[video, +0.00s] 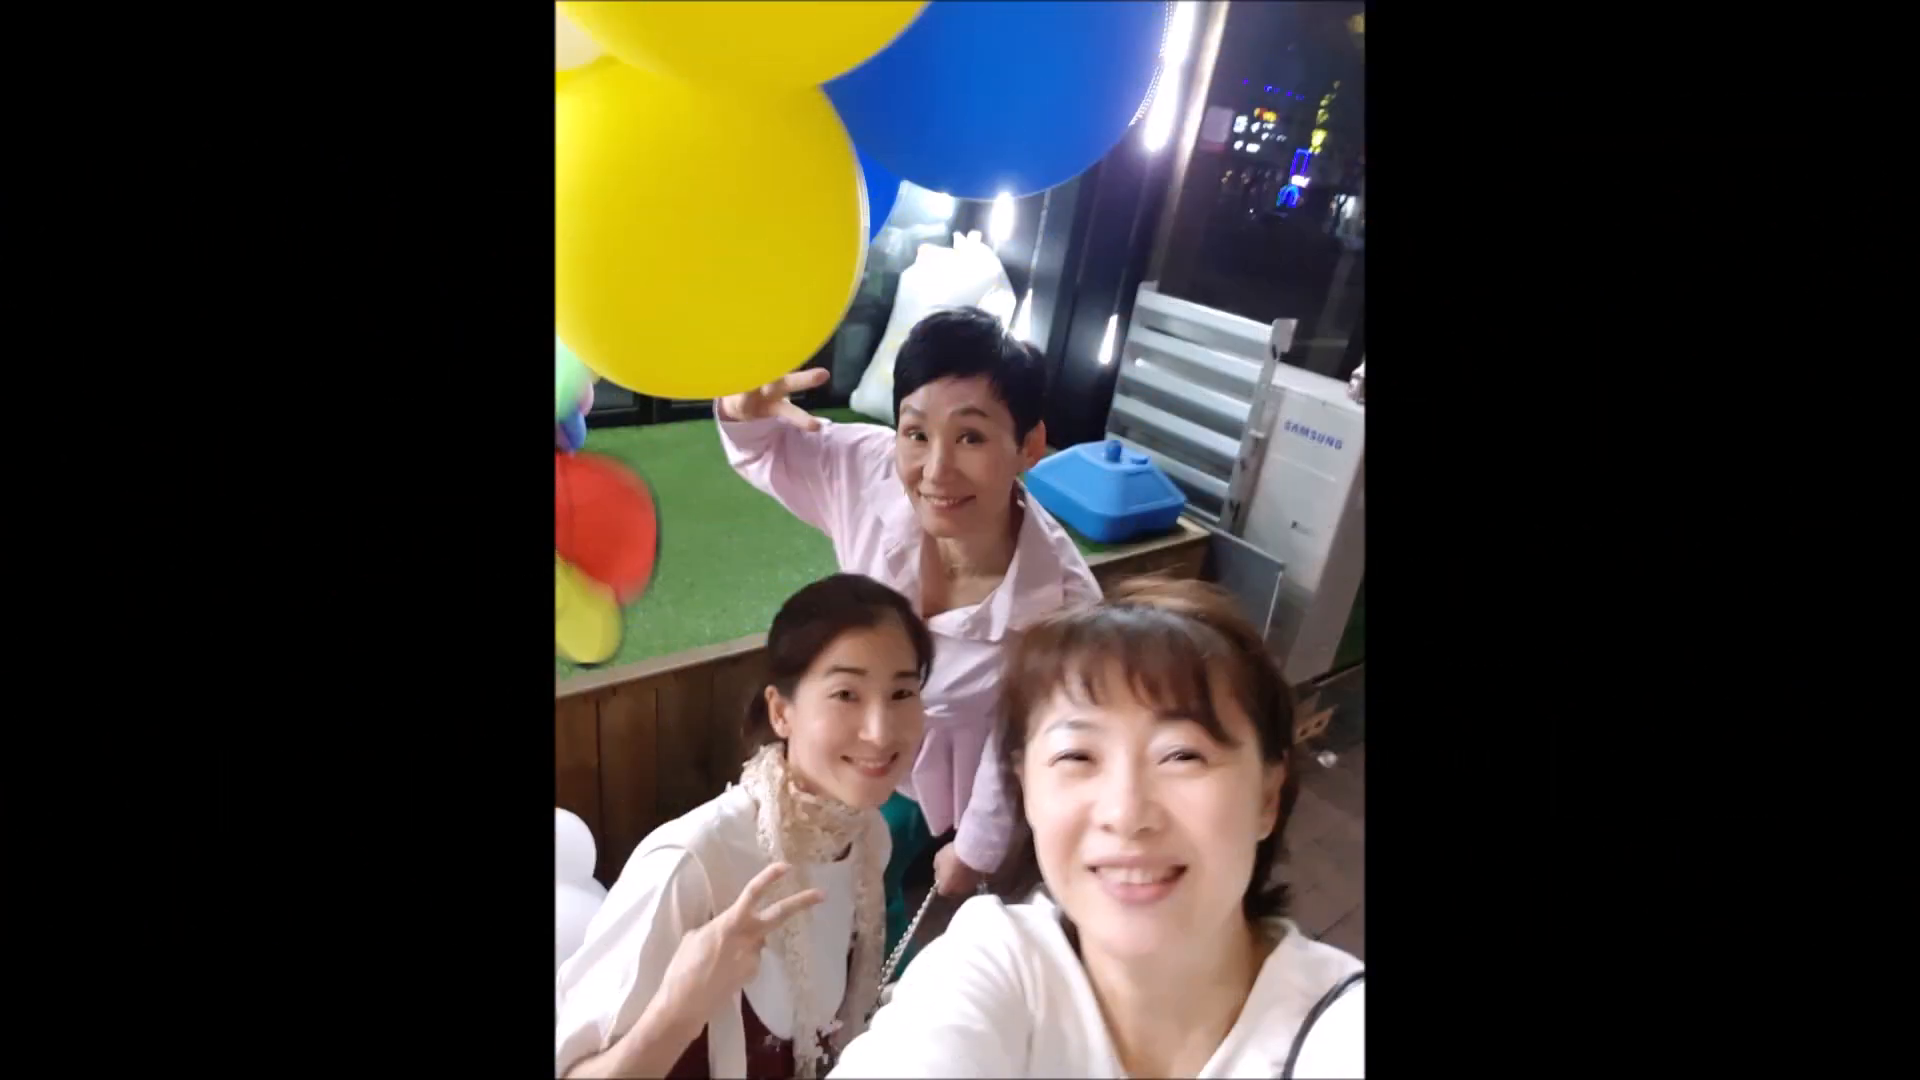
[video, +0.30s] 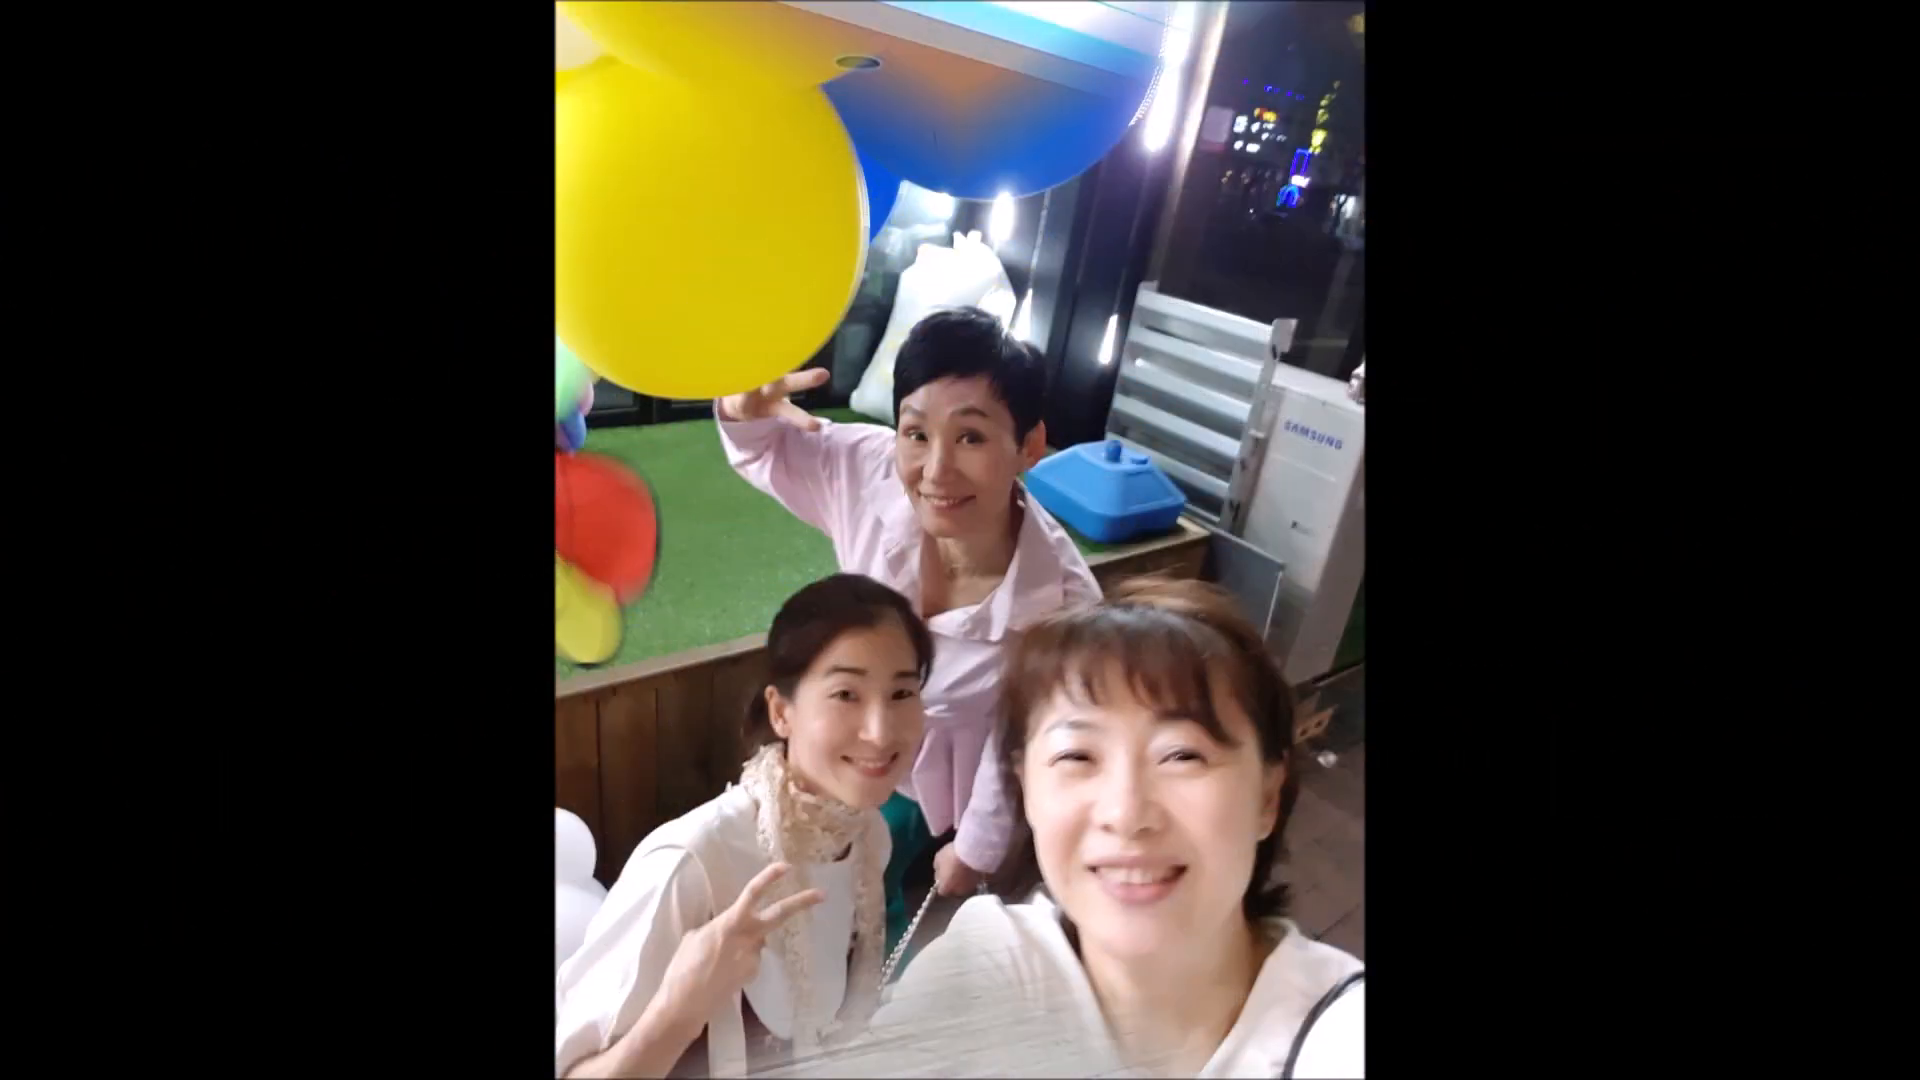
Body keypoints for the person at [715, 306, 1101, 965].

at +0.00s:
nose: (937, 469)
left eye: (971, 438)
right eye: (917, 435)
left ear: (1030, 448)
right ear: (895, 434)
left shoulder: (1058, 604)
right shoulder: (869, 470)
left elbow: (1023, 756)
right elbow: (771, 446)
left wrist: (973, 855)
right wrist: (749, 410)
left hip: (951, 818)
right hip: (844, 773)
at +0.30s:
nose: (936, 468)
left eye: (971, 438)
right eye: (917, 434)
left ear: (1030, 448)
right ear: (896, 434)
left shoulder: (1058, 605)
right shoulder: (869, 470)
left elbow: (1025, 753)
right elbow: (771, 447)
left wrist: (972, 856)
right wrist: (748, 411)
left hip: (955, 824)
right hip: (847, 776)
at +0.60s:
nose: (943, 489)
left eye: (952, 482)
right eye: (935, 483)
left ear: (965, 490)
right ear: (923, 492)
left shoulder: (984, 546)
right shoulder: (904, 546)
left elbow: (1013, 608)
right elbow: (892, 602)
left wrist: (1033, 668)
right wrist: (886, 646)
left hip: (968, 675)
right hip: (917, 675)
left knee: (949, 767)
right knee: (909, 773)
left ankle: (963, 857)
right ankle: (939, 865)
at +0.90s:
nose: (952, 498)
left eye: (961, 491)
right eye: (944, 491)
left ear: (973, 499)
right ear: (932, 499)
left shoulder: (991, 549)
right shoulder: (915, 554)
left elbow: (1016, 606)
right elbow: (901, 620)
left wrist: (1017, 651)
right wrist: (887, 677)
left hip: (985, 679)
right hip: (933, 678)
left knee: (983, 769)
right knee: (922, 770)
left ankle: (978, 836)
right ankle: (937, 862)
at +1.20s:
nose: (961, 491)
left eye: (969, 484)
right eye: (953, 485)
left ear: (981, 491)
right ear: (941, 493)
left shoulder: (1001, 540)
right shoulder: (926, 546)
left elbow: (1031, 596)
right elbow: (915, 601)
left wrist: (1014, 621)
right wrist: (906, 638)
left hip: (999, 661)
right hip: (951, 659)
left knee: (994, 749)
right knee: (975, 736)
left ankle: (982, 839)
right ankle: (960, 824)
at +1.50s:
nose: (969, 489)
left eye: (976, 481)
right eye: (960, 482)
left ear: (987, 488)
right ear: (948, 489)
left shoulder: (1004, 540)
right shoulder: (931, 540)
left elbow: (1031, 596)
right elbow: (911, 597)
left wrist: (1027, 637)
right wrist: (885, 642)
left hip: (1000, 660)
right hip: (955, 663)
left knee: (994, 753)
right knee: (986, 746)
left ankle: (981, 839)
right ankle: (962, 829)